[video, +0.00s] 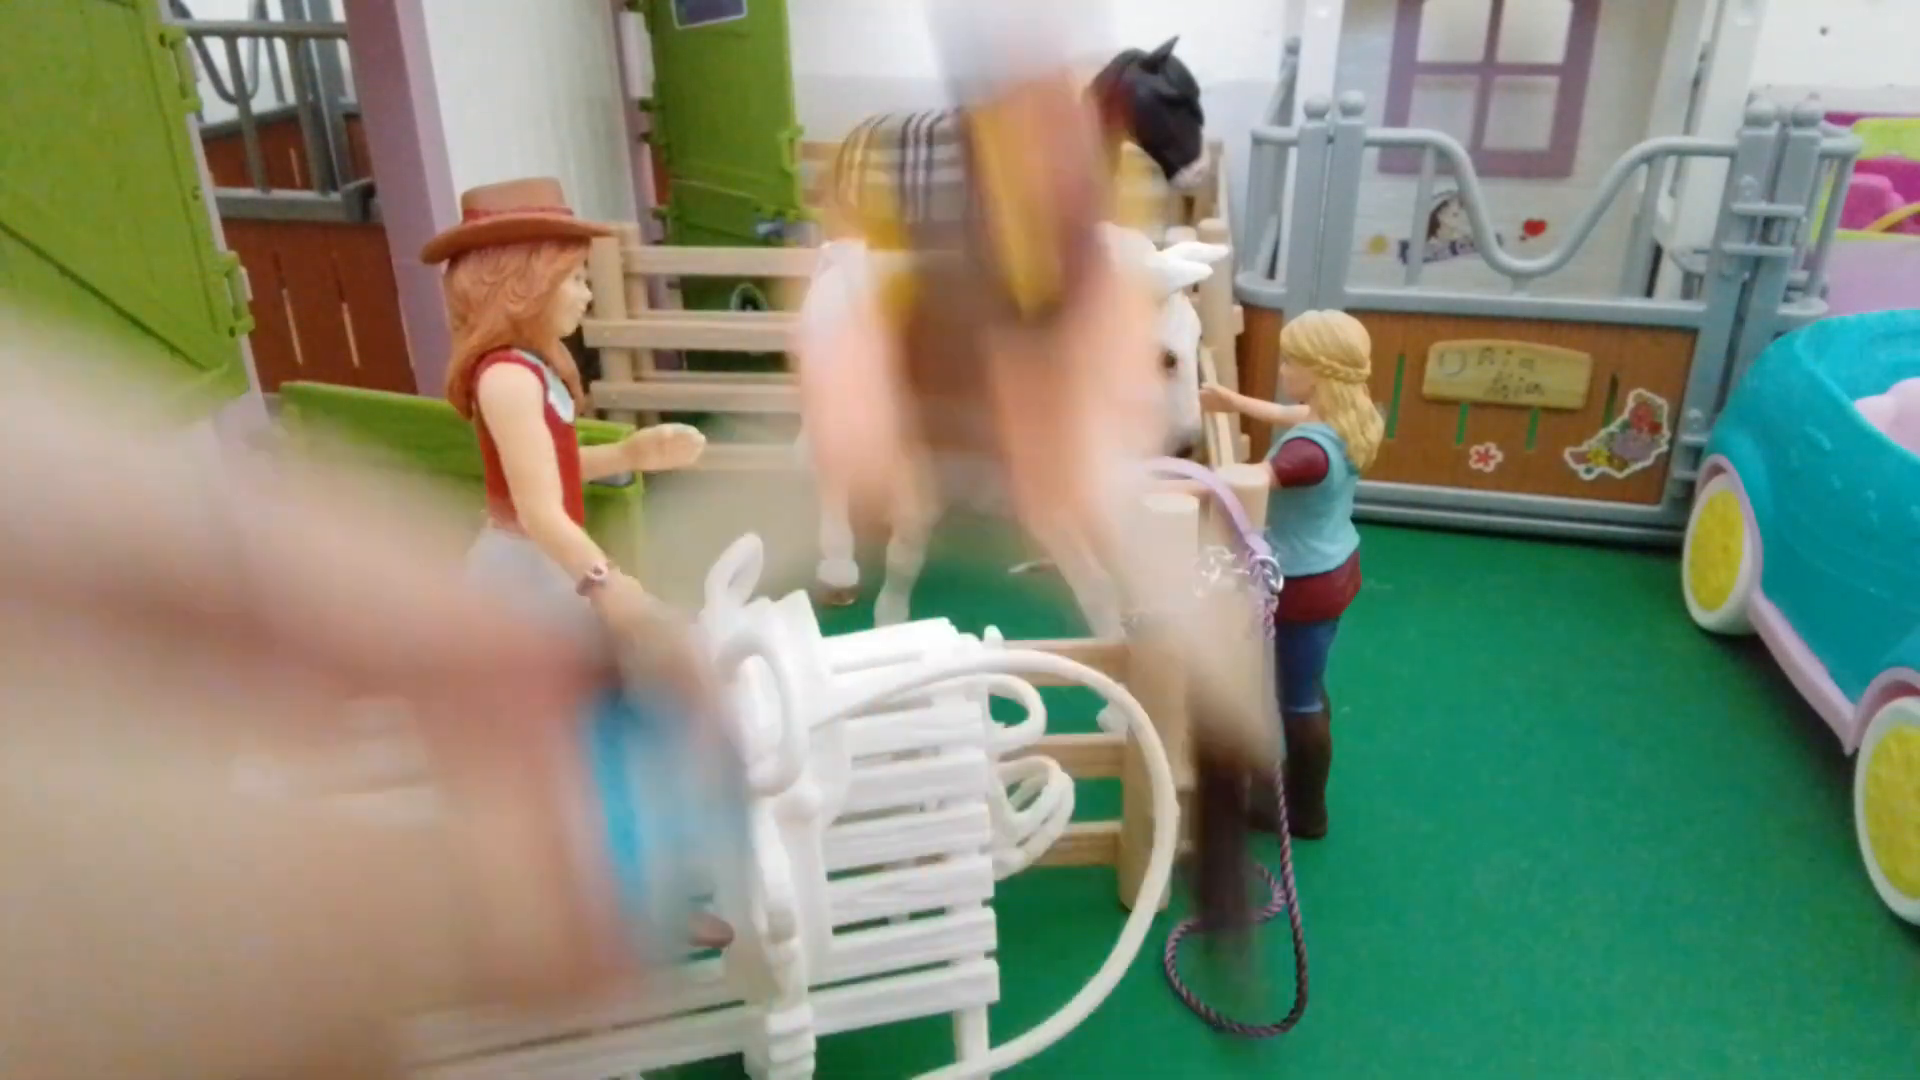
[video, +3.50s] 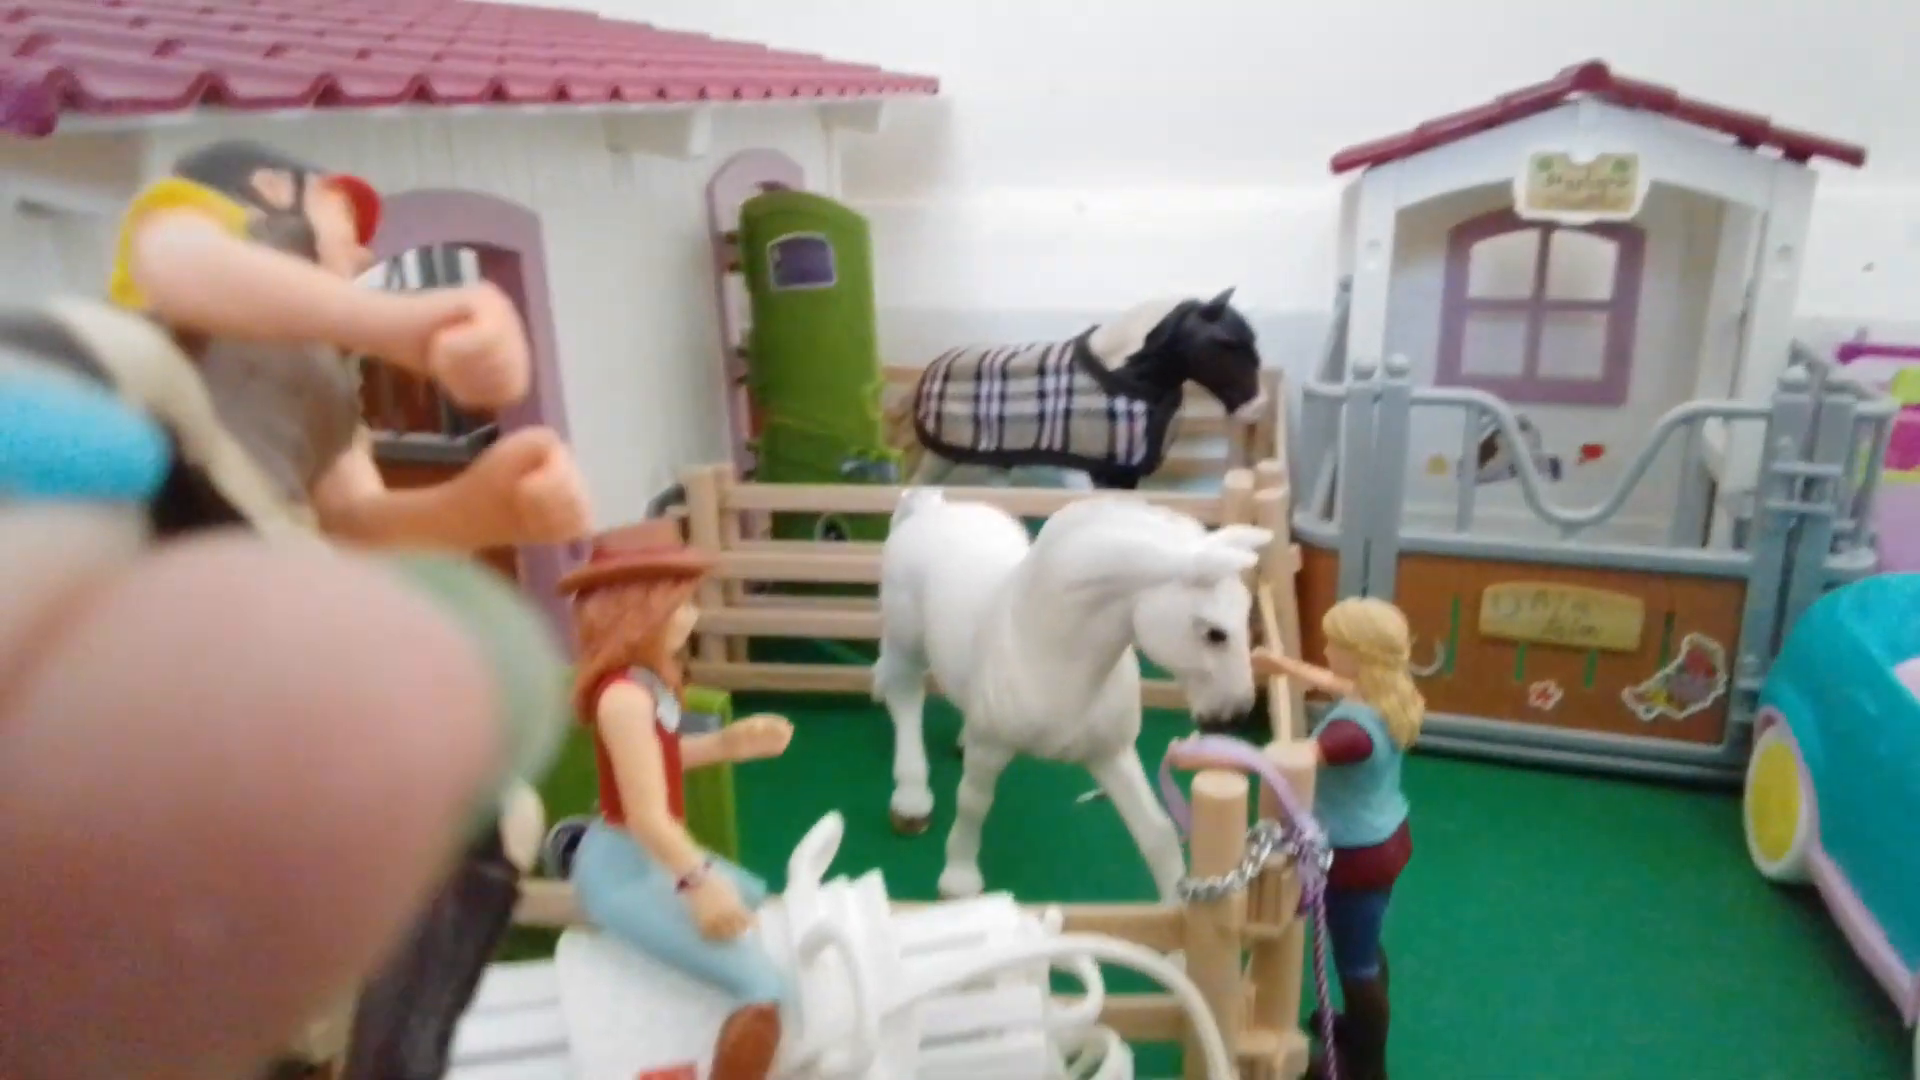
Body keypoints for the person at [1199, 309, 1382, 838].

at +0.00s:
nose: (1282, 371)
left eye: (1290, 362)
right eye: (1284, 360)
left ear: (1319, 372)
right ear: (1334, 373)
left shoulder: (1316, 446)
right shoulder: (1348, 417)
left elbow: (1257, 477)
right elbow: (1288, 414)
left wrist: (1189, 481)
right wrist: (1237, 401)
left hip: (1305, 588)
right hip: (1334, 564)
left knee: (1298, 699)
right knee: (1305, 685)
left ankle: (1305, 813)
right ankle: (1303, 795)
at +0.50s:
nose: (1282, 369)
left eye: (1291, 359)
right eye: (1284, 358)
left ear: (1310, 372)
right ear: (1340, 372)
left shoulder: (1317, 444)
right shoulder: (1347, 421)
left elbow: (1258, 475)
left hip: (1308, 579)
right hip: (1335, 559)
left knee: (1299, 699)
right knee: (1308, 685)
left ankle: (1305, 804)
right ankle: (1306, 791)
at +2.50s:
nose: (1282, 370)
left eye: (1290, 362)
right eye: (1284, 360)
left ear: (1317, 373)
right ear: (1337, 373)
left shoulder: (1314, 448)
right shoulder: (1348, 418)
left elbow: (1248, 479)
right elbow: (1289, 416)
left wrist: (1163, 484)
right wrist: (1236, 400)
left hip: (1305, 588)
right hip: (1333, 565)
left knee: (1300, 700)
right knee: (1301, 680)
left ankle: (1304, 811)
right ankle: (1298, 771)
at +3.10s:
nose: (1312, 427)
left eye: (1319, 417)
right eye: (1315, 417)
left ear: (1338, 424)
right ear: (1372, 423)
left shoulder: (1341, 497)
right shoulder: (1363, 480)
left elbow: (1281, 536)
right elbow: (1307, 469)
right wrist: (1256, 449)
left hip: (1333, 635)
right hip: (1352, 625)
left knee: (1319, 750)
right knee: (1325, 743)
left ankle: (1323, 867)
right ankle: (1318, 847)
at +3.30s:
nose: (1307, 680)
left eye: (1314, 671)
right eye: (1309, 670)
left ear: (1339, 683)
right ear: (1352, 683)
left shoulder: (1339, 755)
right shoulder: (1361, 727)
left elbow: (1272, 786)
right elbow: (1311, 711)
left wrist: (1203, 781)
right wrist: (1257, 689)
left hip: (1336, 888)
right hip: (1364, 866)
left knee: (1332, 998)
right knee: (1338, 979)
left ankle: (1340, 1071)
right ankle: (1337, 1060)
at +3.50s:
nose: (1327, 652)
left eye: (1334, 645)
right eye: (1328, 644)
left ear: (1359, 657)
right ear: (1379, 656)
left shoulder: (1356, 728)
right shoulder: (1391, 698)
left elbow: (1276, 762)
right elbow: (1333, 684)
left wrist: (1206, 754)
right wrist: (1279, 663)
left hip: (1358, 858)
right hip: (1384, 839)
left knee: (1358, 968)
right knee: (1363, 949)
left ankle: (1364, 1068)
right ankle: (1358, 1035)